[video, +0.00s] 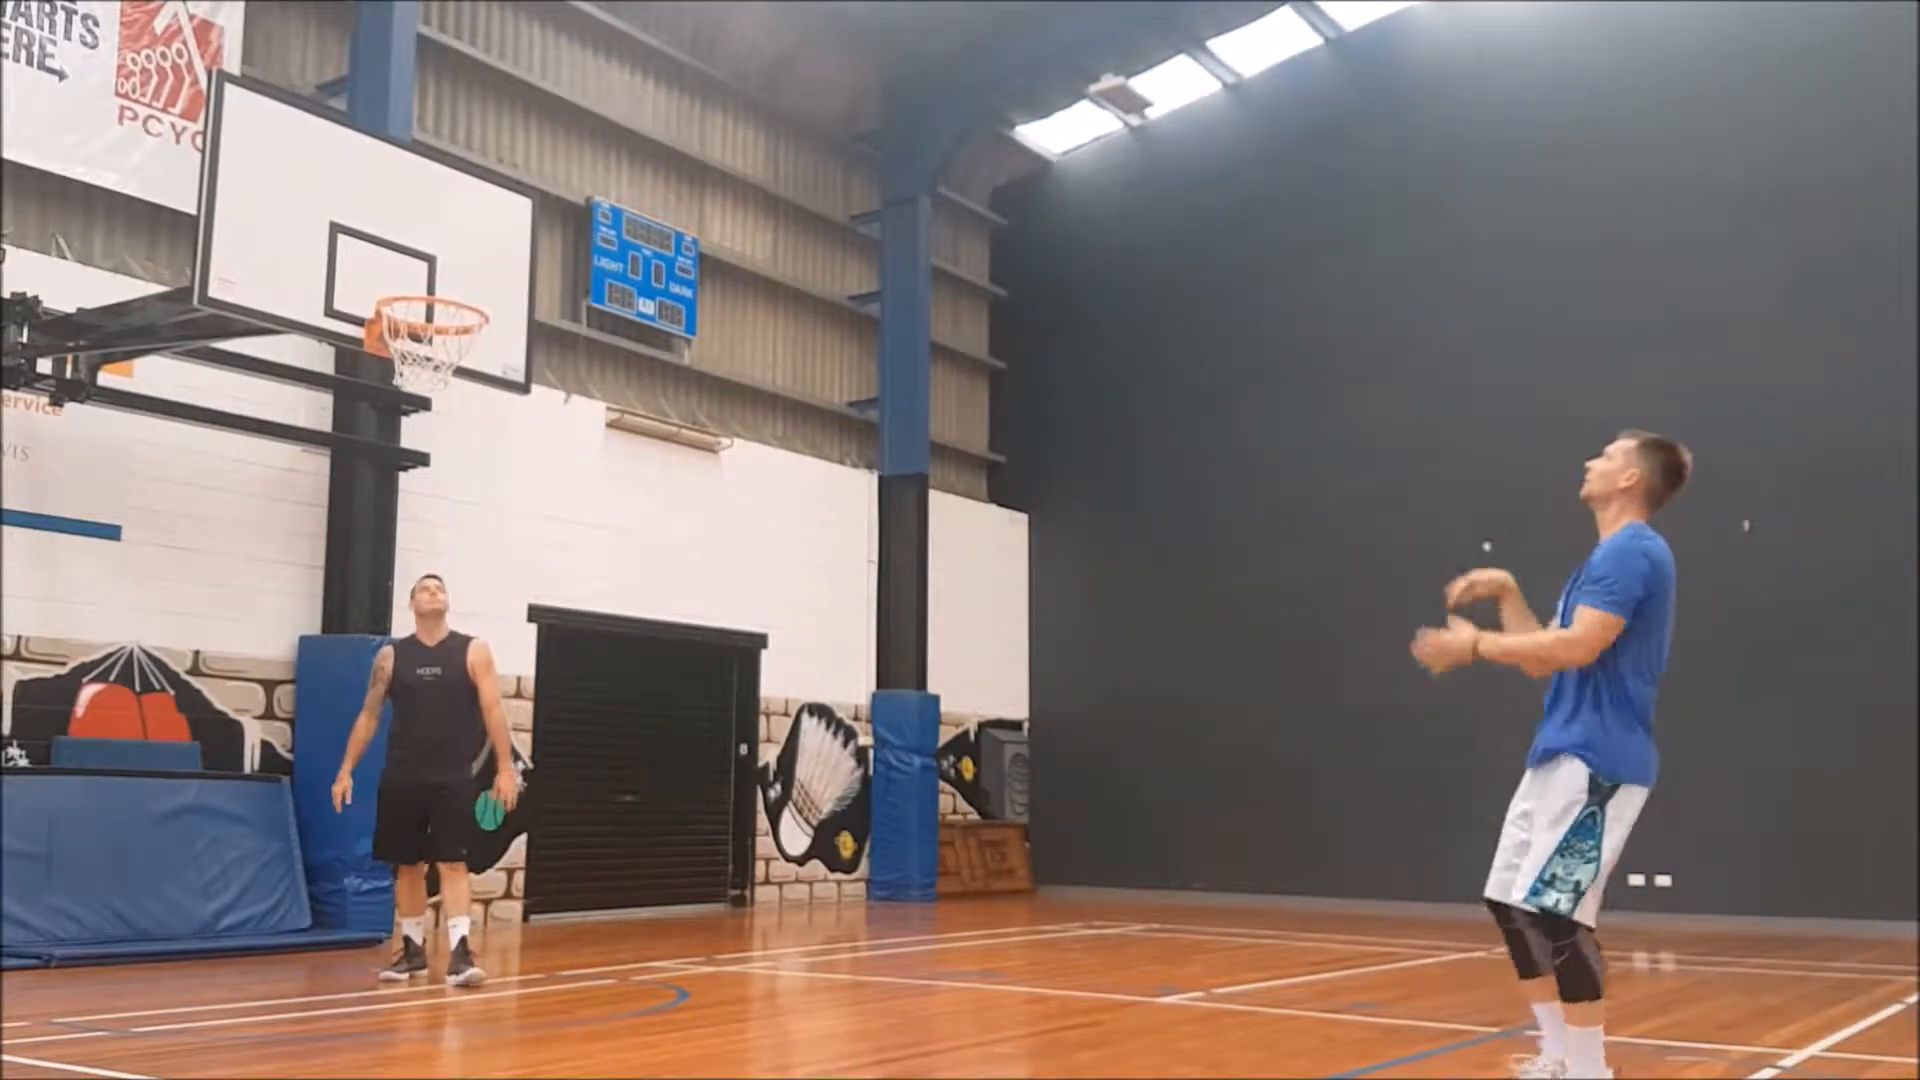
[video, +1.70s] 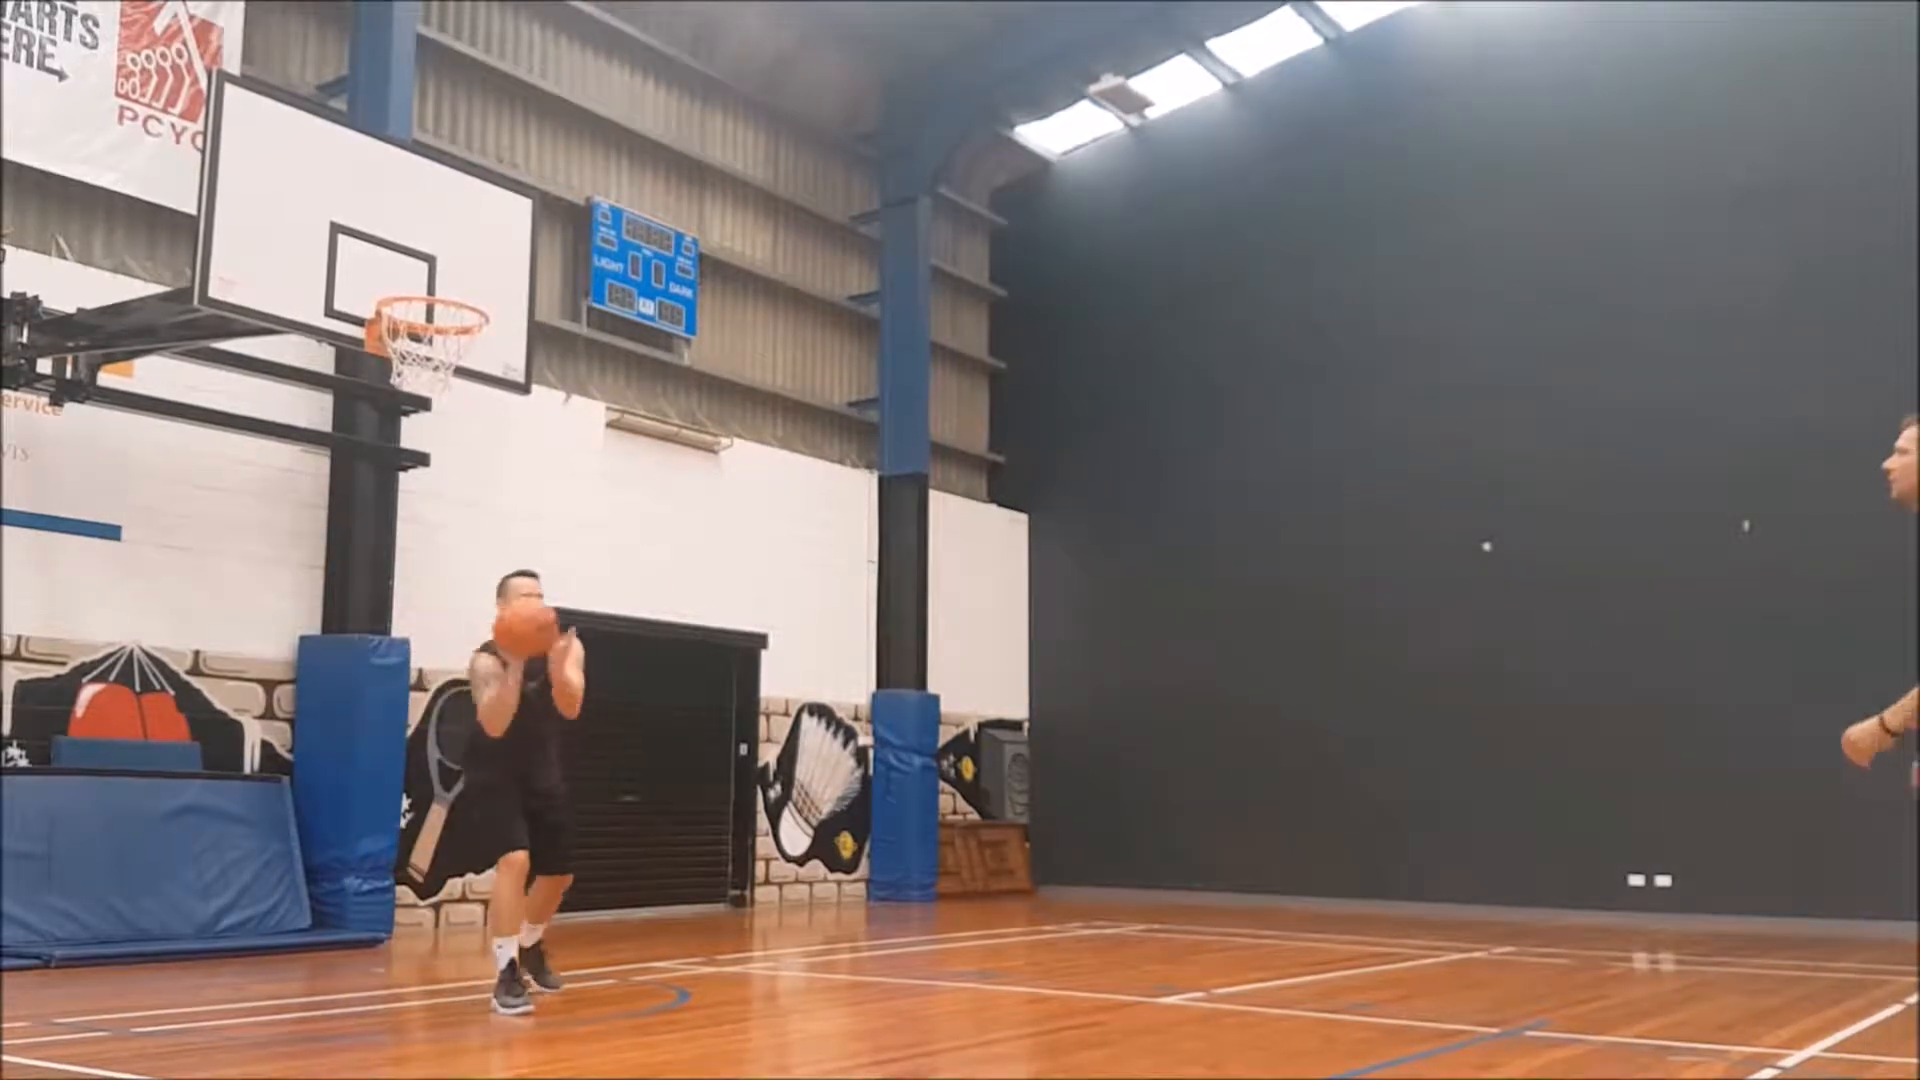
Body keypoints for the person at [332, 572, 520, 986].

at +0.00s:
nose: (433, 593)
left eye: (439, 589)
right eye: (425, 590)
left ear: (449, 603)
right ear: (411, 605)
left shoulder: (474, 651)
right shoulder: (391, 655)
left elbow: (493, 711)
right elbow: (369, 716)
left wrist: (505, 768)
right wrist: (346, 770)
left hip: (453, 776)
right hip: (402, 777)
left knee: (452, 862)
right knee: (408, 864)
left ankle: (460, 954)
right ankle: (413, 952)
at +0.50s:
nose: (447, 591)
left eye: (455, 589)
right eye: (440, 590)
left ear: (467, 608)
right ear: (429, 609)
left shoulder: (490, 653)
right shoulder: (409, 658)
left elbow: (515, 706)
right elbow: (390, 710)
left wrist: (519, 732)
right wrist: (382, 736)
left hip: (472, 778)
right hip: (418, 777)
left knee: (473, 861)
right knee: (415, 866)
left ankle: (463, 956)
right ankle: (413, 952)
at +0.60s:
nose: (459, 588)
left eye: (467, 587)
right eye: (452, 587)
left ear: (479, 607)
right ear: (442, 606)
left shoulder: (499, 651)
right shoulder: (420, 655)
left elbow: (532, 701)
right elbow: (392, 715)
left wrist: (517, 711)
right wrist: (381, 698)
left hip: (480, 771)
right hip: (427, 769)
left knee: (482, 862)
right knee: (417, 862)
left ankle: (463, 957)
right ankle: (413, 947)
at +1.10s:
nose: (482, 611)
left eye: (491, 603)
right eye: (479, 603)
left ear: (514, 607)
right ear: (476, 606)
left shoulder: (539, 651)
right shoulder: (458, 660)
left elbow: (529, 698)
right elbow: (415, 710)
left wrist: (475, 705)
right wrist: (372, 755)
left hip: (521, 785)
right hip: (471, 781)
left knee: (503, 881)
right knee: (478, 859)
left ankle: (467, 957)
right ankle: (477, 949)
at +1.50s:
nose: (508, 625)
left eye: (516, 616)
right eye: (500, 617)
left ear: (531, 621)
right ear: (489, 623)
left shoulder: (556, 666)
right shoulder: (472, 672)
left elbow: (549, 730)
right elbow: (455, 722)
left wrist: (491, 728)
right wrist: (425, 716)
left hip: (543, 788)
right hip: (493, 784)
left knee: (541, 896)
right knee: (520, 856)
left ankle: (500, 930)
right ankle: (508, 972)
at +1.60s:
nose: (523, 615)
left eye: (529, 607)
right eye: (513, 607)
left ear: (538, 613)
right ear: (495, 615)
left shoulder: (560, 657)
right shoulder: (478, 661)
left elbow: (558, 722)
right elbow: (454, 741)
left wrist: (516, 697)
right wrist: (466, 689)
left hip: (543, 782)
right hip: (494, 781)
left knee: (550, 885)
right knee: (517, 858)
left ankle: (504, 927)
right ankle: (510, 972)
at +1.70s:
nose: (534, 605)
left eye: (538, 597)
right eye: (524, 597)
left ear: (546, 603)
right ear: (501, 608)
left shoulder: (566, 646)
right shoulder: (488, 659)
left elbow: (571, 707)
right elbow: (494, 725)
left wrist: (555, 663)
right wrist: (516, 666)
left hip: (544, 776)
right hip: (495, 777)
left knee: (558, 872)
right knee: (515, 858)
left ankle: (528, 941)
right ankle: (507, 972)